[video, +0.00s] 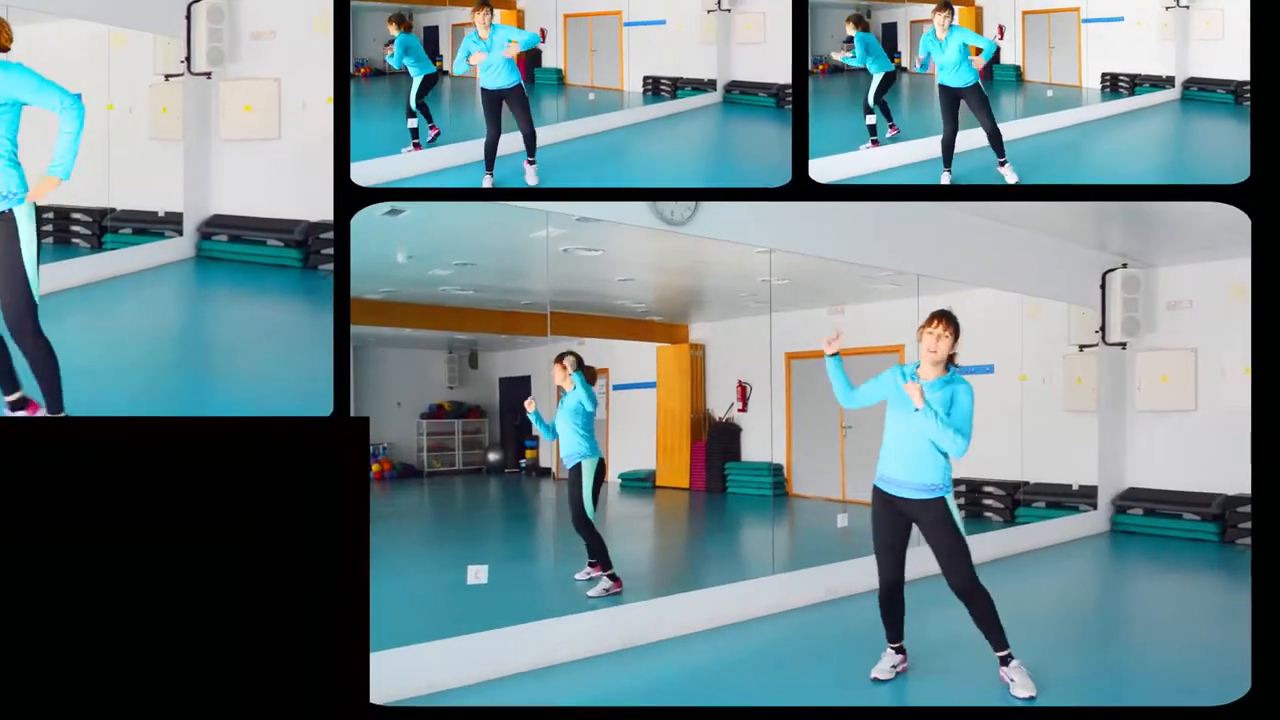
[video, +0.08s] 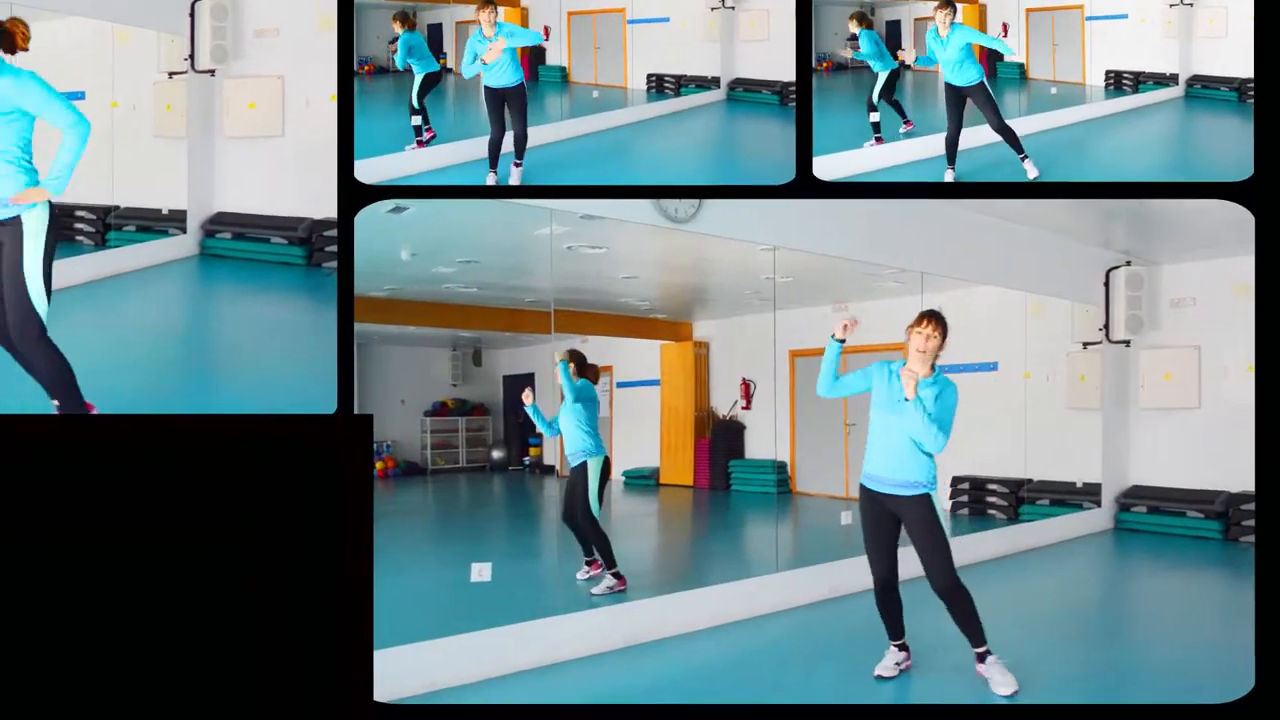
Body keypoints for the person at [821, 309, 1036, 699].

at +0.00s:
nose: (935, 341)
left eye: (944, 337)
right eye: (931, 334)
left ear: (954, 346)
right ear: (919, 338)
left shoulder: (959, 388)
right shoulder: (898, 376)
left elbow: (957, 446)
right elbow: (849, 398)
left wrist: (922, 406)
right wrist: (832, 357)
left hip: (932, 498)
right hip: (887, 494)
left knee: (964, 583)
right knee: (889, 581)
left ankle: (1008, 662)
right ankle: (895, 652)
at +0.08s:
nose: (924, 340)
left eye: (933, 336)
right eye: (919, 332)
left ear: (941, 346)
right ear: (907, 337)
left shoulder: (944, 387)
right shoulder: (881, 372)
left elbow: (934, 442)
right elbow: (827, 388)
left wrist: (912, 397)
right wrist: (836, 341)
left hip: (916, 494)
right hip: (874, 492)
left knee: (945, 582)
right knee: (883, 581)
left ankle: (985, 658)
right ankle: (898, 650)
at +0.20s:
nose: (920, 329)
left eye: (928, 324)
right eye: (915, 320)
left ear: (935, 333)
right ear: (902, 323)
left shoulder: (935, 372)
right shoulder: (875, 355)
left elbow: (917, 418)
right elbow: (834, 372)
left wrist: (903, 375)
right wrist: (867, 327)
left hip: (913, 477)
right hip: (872, 475)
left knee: (920, 565)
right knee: (894, 565)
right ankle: (914, 633)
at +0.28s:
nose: (925, 317)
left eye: (933, 312)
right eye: (920, 308)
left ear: (940, 321)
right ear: (907, 308)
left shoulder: (938, 358)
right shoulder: (881, 337)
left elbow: (920, 403)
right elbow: (861, 370)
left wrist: (899, 366)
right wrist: (897, 332)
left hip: (917, 462)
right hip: (876, 461)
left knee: (910, 551)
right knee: (905, 549)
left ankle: (896, 636)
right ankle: (938, 622)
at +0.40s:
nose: (950, 300)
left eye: (957, 296)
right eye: (945, 291)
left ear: (961, 304)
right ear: (930, 293)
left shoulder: (959, 346)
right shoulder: (899, 327)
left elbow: (943, 398)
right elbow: (898, 369)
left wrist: (907, 374)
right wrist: (949, 352)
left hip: (932, 447)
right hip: (891, 445)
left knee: (918, 539)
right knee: (909, 539)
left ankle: (913, 618)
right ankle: (958, 590)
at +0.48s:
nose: (972, 288)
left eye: (979, 285)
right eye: (967, 280)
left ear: (984, 294)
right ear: (952, 283)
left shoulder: (981, 337)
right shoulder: (920, 315)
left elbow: (964, 393)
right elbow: (904, 369)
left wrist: (910, 395)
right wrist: (953, 383)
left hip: (949, 438)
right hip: (907, 433)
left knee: (941, 529)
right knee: (896, 524)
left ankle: (945, 601)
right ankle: (953, 563)